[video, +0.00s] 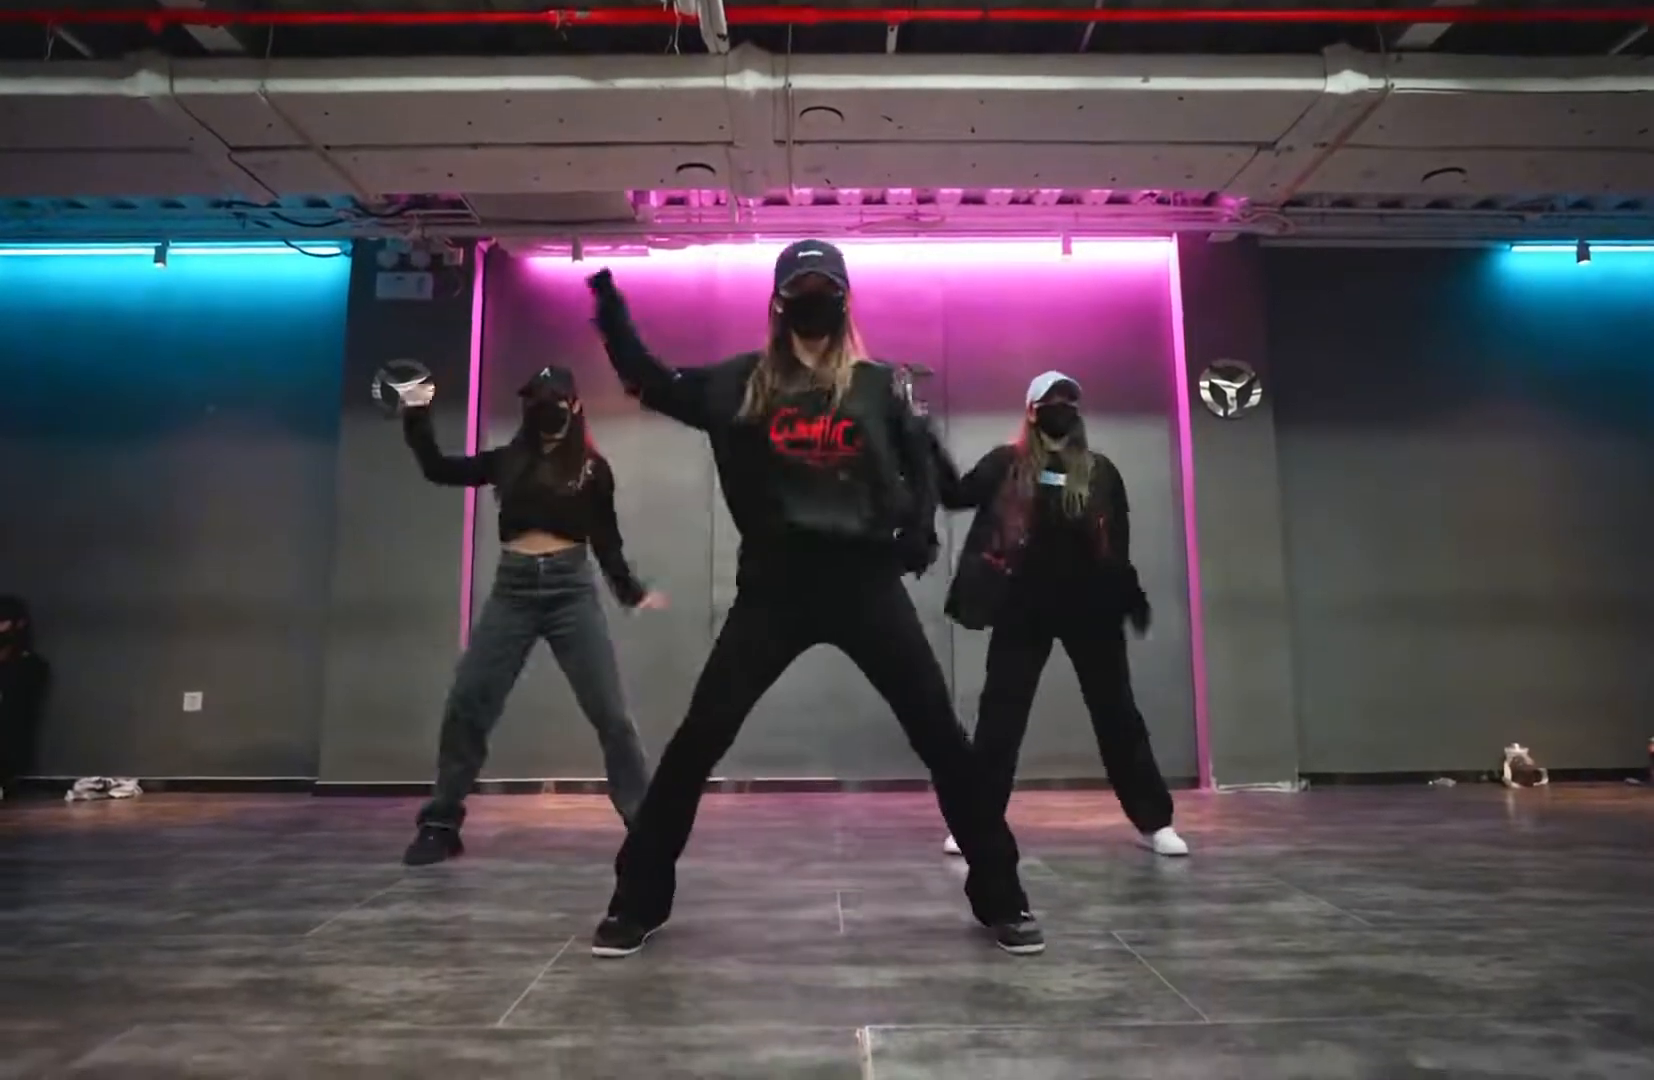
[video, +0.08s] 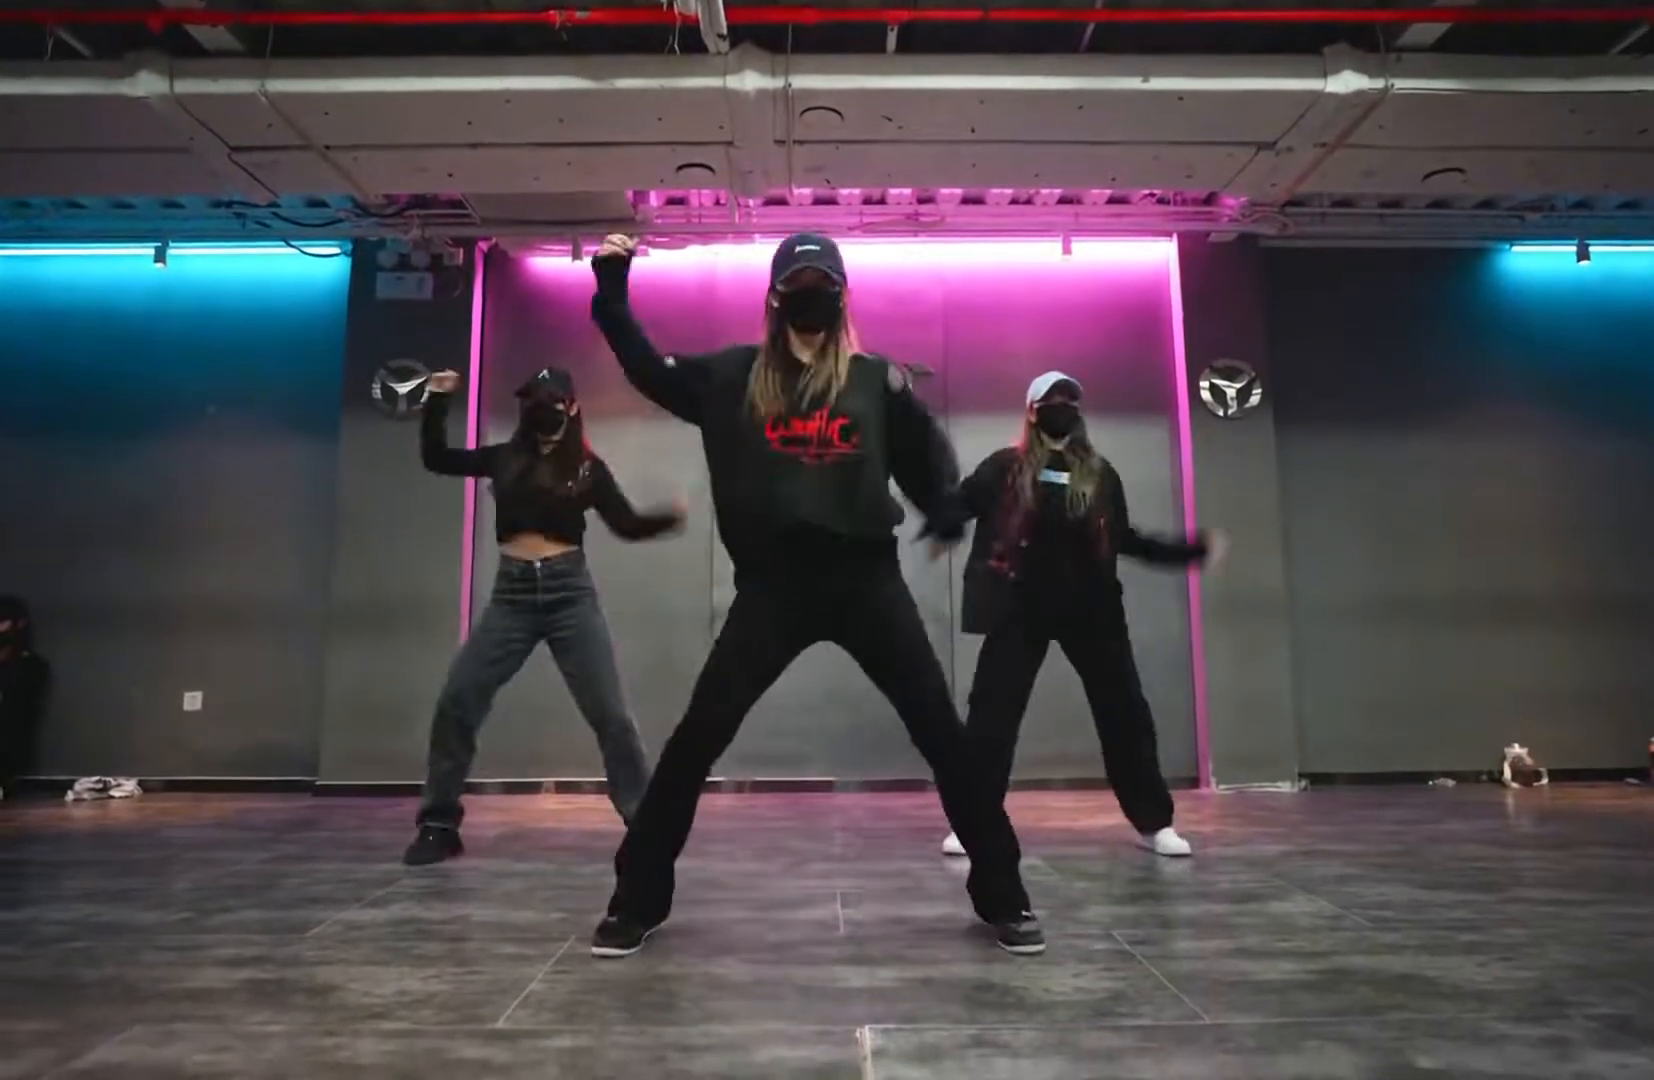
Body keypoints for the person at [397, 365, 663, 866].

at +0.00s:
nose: (546, 415)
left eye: (555, 406)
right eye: (538, 406)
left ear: (574, 408)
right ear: (526, 407)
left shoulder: (591, 468)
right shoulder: (507, 459)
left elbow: (607, 541)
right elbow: (438, 469)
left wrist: (631, 591)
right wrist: (417, 415)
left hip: (572, 593)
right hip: (512, 592)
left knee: (612, 715)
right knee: (469, 700)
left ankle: (646, 832)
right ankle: (440, 824)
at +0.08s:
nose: (544, 416)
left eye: (554, 407)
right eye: (536, 407)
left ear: (572, 410)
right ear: (524, 409)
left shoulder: (588, 468)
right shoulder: (505, 458)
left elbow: (628, 525)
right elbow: (437, 459)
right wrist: (436, 400)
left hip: (570, 597)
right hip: (512, 598)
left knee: (610, 714)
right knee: (458, 700)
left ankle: (645, 830)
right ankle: (438, 823)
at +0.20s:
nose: (539, 433)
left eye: (549, 423)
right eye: (530, 422)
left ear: (570, 422)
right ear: (520, 422)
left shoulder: (591, 470)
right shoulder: (504, 468)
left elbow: (656, 501)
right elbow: (443, 484)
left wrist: (625, 493)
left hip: (568, 604)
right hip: (513, 604)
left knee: (575, 726)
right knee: (479, 720)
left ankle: (652, 824)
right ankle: (428, 828)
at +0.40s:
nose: (533, 442)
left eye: (543, 432)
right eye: (524, 432)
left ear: (561, 436)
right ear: (512, 435)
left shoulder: (577, 493)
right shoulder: (494, 494)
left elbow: (613, 559)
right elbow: (467, 567)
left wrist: (612, 623)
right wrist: (490, 616)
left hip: (573, 615)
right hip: (515, 615)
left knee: (585, 716)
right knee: (466, 729)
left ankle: (629, 834)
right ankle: (435, 832)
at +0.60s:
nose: (591, 429)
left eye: (593, 421)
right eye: (583, 419)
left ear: (592, 424)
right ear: (557, 418)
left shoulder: (600, 476)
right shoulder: (529, 470)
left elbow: (593, 535)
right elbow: (536, 525)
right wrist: (602, 516)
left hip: (583, 607)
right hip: (528, 604)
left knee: (644, 707)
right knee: (479, 719)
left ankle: (624, 823)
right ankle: (435, 830)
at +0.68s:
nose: (610, 423)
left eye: (612, 415)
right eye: (603, 413)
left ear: (599, 419)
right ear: (578, 414)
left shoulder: (601, 471)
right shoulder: (545, 466)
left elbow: (586, 533)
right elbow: (547, 526)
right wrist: (617, 514)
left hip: (585, 605)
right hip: (533, 601)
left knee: (644, 706)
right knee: (482, 722)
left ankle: (621, 824)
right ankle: (436, 830)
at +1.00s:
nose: (592, 416)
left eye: (597, 407)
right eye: (580, 408)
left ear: (607, 414)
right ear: (560, 416)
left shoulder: (609, 472)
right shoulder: (543, 463)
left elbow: (597, 535)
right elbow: (554, 517)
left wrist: (616, 513)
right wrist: (618, 501)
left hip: (584, 604)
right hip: (530, 600)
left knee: (639, 708)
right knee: (481, 721)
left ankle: (621, 827)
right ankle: (434, 834)